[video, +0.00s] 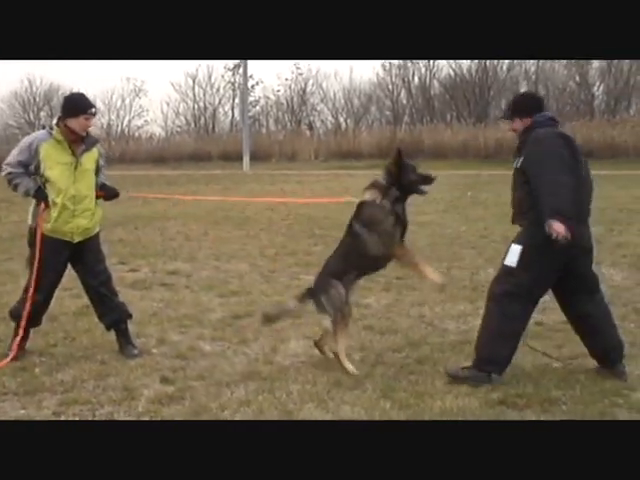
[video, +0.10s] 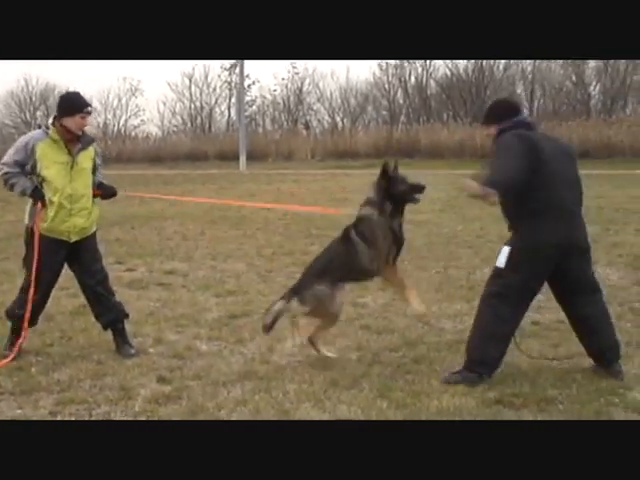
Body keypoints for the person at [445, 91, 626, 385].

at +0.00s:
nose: (511, 128)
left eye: (513, 121)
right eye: (510, 122)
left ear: (527, 119)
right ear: (536, 118)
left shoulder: (540, 142)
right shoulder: (560, 141)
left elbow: (550, 179)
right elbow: (580, 185)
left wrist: (553, 217)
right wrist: (569, 219)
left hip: (542, 235)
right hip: (572, 235)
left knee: (507, 294)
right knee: (582, 298)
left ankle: (486, 367)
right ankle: (612, 361)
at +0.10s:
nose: (489, 137)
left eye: (489, 131)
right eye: (487, 131)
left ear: (499, 126)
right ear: (522, 120)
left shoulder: (511, 140)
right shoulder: (557, 145)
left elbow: (509, 173)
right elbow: (569, 192)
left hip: (532, 241)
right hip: (572, 239)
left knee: (500, 300)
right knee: (584, 297)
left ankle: (477, 369)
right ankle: (609, 360)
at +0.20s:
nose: (475, 143)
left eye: (476, 138)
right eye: (474, 139)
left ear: (484, 132)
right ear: (506, 124)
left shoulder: (492, 148)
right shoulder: (544, 145)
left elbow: (451, 163)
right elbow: (574, 186)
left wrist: (406, 161)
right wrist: (573, 230)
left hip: (529, 238)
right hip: (566, 234)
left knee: (492, 299)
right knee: (575, 299)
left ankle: (470, 369)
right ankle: (604, 361)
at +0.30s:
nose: (476, 140)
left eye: (477, 134)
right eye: (475, 135)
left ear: (485, 129)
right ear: (507, 122)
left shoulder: (491, 144)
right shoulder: (542, 145)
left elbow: (453, 165)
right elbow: (571, 186)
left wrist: (408, 170)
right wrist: (570, 231)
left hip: (520, 238)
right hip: (559, 235)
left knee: (483, 297)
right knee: (565, 298)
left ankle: (465, 369)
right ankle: (599, 360)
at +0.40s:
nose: (486, 134)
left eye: (486, 128)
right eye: (484, 128)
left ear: (497, 123)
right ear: (517, 118)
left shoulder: (506, 138)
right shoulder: (549, 146)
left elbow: (490, 167)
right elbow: (573, 195)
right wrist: (563, 236)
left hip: (515, 240)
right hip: (553, 240)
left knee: (476, 296)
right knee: (555, 298)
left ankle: (462, 369)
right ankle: (592, 359)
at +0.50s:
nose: (503, 132)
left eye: (505, 125)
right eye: (502, 126)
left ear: (517, 122)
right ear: (535, 120)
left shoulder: (523, 142)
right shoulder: (561, 150)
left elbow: (525, 178)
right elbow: (575, 197)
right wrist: (563, 236)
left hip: (519, 236)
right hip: (552, 241)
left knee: (476, 293)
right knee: (544, 296)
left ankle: (460, 368)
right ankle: (589, 356)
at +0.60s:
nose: (524, 131)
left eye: (527, 124)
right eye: (523, 125)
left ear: (542, 122)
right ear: (548, 122)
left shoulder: (555, 147)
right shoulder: (561, 146)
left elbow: (563, 195)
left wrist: (556, 241)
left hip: (536, 240)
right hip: (554, 242)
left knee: (492, 294)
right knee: (547, 300)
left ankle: (465, 366)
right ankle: (587, 358)